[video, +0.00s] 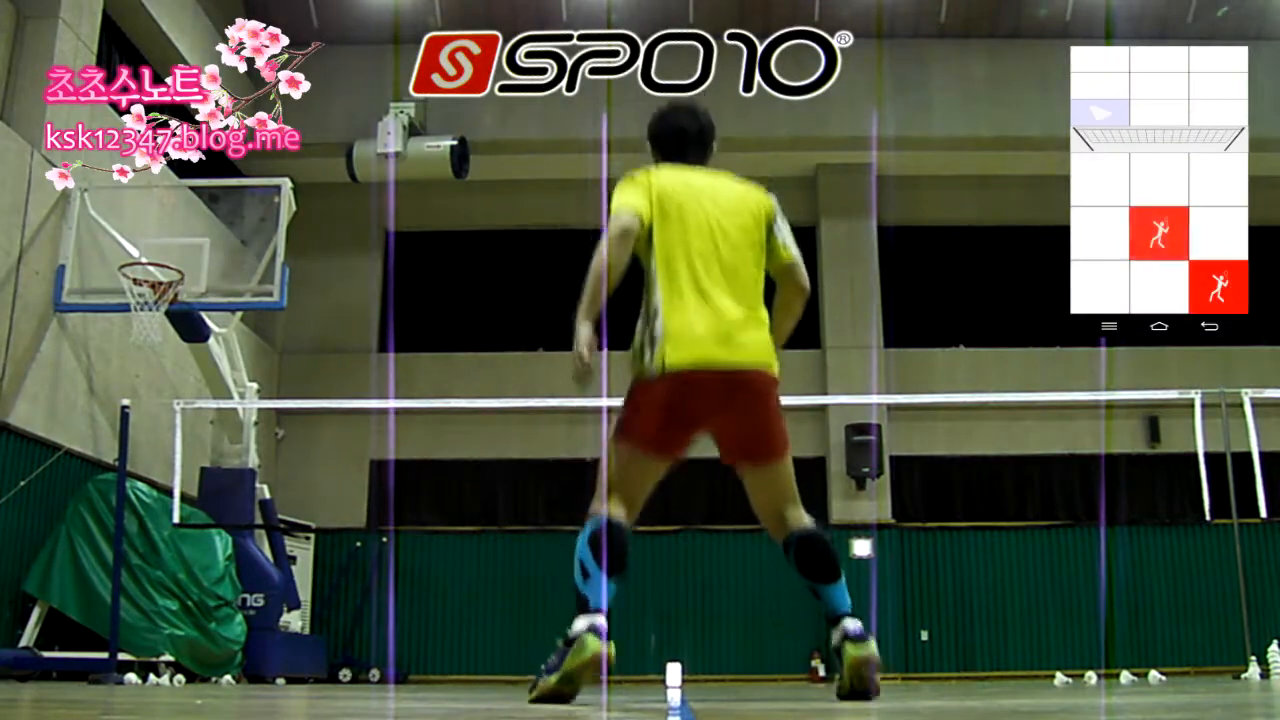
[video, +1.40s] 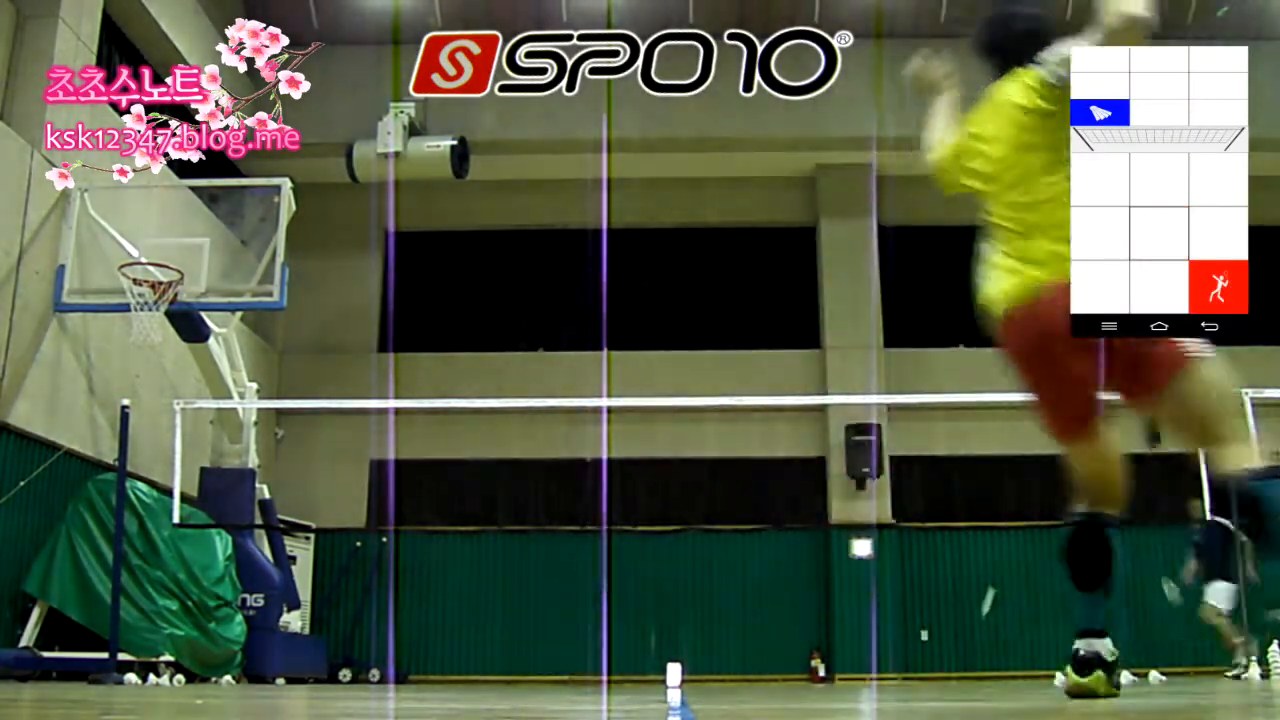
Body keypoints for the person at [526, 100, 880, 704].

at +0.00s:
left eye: (653, 149)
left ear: (655, 149)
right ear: (711, 149)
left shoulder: (643, 183)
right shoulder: (755, 197)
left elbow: (622, 233)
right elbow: (797, 284)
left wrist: (585, 319)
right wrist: (762, 350)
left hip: (673, 370)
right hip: (752, 372)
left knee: (616, 503)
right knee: (789, 515)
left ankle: (590, 625)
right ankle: (849, 627)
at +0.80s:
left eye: (654, 202)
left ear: (658, 198)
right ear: (713, 193)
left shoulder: (654, 223)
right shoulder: (766, 232)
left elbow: (622, 274)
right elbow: (817, 311)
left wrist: (568, 348)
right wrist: (817, 382)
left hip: (676, 380)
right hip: (761, 379)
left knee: (621, 523)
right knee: (825, 512)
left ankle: (553, 643)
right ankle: (880, 637)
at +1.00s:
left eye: (752, 190)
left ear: (750, 196)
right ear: (804, 183)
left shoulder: (734, 248)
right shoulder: (853, 215)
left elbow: (694, 337)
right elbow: (937, 213)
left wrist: (669, 397)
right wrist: (915, 186)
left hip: (745, 407)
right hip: (832, 407)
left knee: (669, 538)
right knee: (877, 530)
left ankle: (568, 642)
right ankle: (875, 652)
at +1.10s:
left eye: (806, 147)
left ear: (807, 147)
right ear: (863, 128)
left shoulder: (800, 204)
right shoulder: (913, 151)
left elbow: (740, 308)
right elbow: (987, 102)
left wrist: (732, 307)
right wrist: (927, 50)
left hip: (824, 349)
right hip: (911, 349)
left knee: (762, 495)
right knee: (916, 508)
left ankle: (694, 624)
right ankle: (883, 649)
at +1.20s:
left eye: (876, 72)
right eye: (902, 64)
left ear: (863, 91)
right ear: (912, 70)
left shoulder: (855, 147)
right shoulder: (951, 92)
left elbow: (801, 239)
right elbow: (1027, 29)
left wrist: (806, 195)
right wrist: (984, 6)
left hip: (893, 288)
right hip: (974, 277)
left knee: (896, 460)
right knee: (983, 457)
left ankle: (877, 616)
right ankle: (969, 610)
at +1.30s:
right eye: (971, 28)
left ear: (916, 61)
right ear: (966, 41)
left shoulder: (905, 127)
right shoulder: (997, 67)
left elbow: (870, 187)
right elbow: (1070, 15)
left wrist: (877, 128)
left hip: (952, 281)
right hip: (1032, 261)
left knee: (999, 445)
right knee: (1079, 426)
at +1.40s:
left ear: (995, 56)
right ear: (1051, 39)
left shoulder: (991, 113)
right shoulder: (1084, 77)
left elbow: (943, 162)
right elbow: (1129, 24)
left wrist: (942, 92)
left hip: (1024, 303)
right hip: (1111, 281)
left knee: (1097, 482)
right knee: (1226, 428)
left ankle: (1091, 650)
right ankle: (1221, 579)